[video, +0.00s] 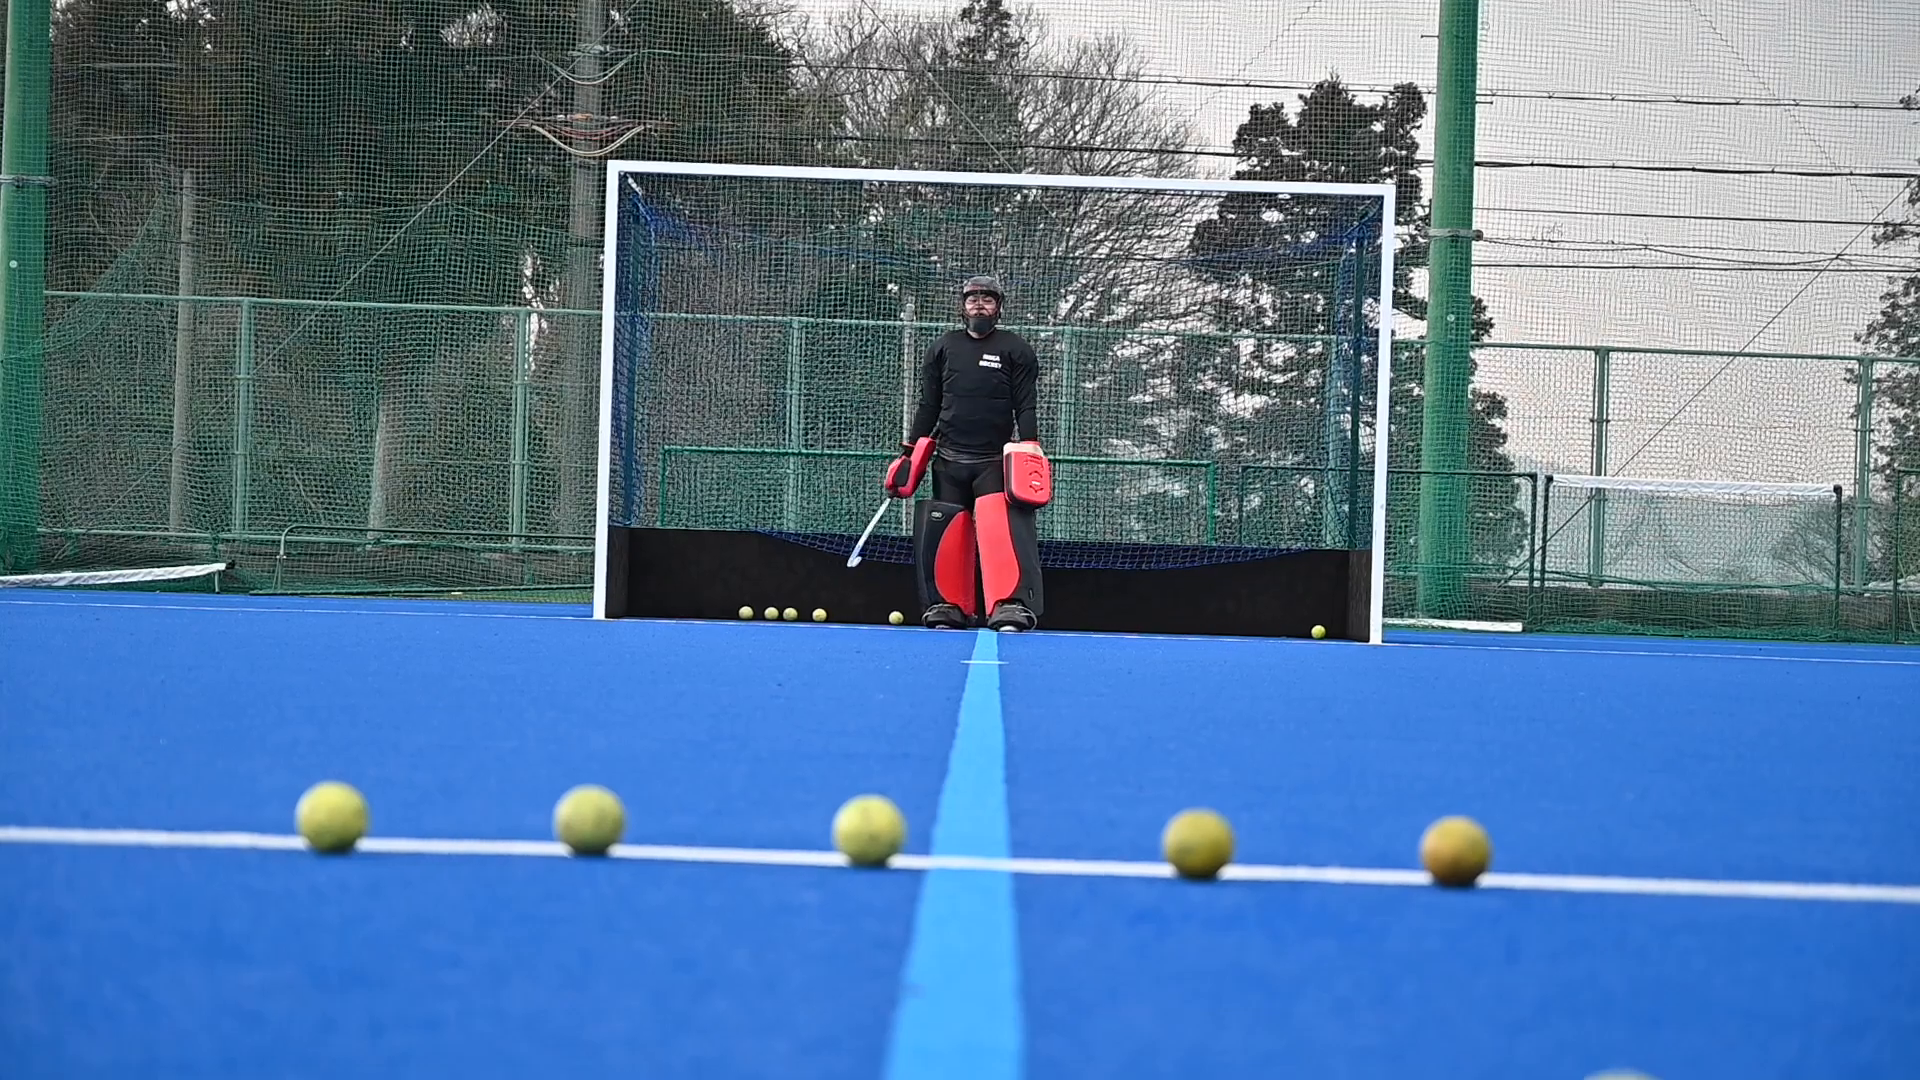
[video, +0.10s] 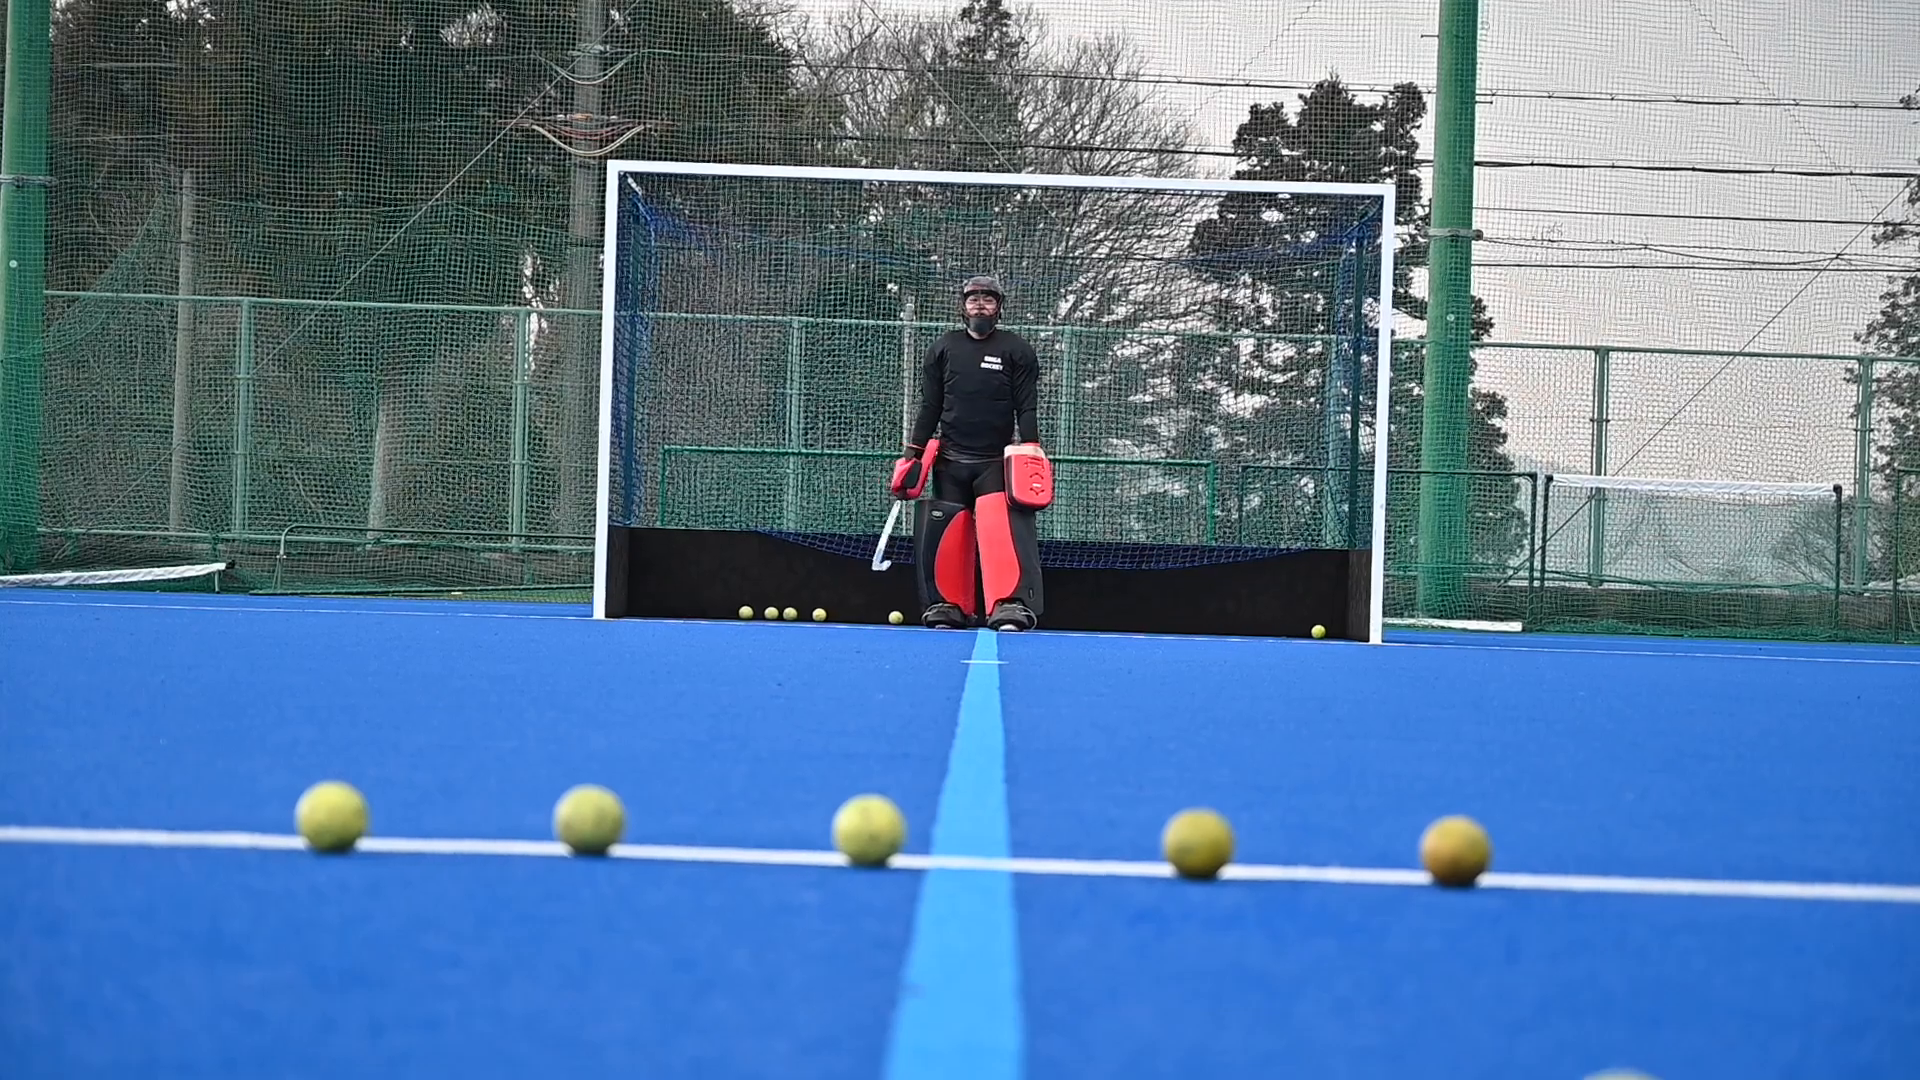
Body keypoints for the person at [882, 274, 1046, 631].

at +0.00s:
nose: (979, 304)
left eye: (986, 298)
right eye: (972, 299)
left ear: (998, 306)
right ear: (962, 305)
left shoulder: (1017, 349)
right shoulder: (943, 347)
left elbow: (1026, 408)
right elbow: (928, 405)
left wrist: (1030, 458)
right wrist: (909, 454)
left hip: (995, 462)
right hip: (949, 460)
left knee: (1001, 532)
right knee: (946, 534)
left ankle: (1009, 606)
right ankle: (950, 607)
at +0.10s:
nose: (980, 304)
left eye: (987, 298)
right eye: (973, 298)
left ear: (998, 305)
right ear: (963, 305)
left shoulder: (1017, 350)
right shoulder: (943, 348)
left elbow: (1026, 409)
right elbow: (930, 406)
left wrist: (1032, 460)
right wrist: (911, 455)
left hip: (997, 463)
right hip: (951, 461)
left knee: (1002, 531)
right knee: (943, 532)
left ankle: (1007, 606)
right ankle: (948, 606)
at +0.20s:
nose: (981, 304)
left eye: (988, 298)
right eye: (974, 298)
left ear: (999, 305)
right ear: (964, 305)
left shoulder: (1019, 350)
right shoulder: (943, 349)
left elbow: (1028, 409)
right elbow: (931, 407)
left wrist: (1032, 459)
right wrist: (916, 456)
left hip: (999, 462)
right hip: (952, 460)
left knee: (1006, 530)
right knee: (943, 531)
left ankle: (1010, 606)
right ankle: (946, 605)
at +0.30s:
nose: (982, 304)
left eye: (989, 298)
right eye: (975, 298)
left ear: (1000, 305)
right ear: (964, 305)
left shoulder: (1020, 350)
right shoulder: (944, 349)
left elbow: (1029, 409)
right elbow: (934, 407)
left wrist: (1033, 458)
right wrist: (919, 456)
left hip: (1000, 462)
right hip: (953, 460)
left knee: (1009, 530)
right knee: (941, 531)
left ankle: (1011, 605)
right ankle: (946, 605)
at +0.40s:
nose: (983, 304)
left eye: (990, 298)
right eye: (976, 298)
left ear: (1001, 305)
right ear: (965, 305)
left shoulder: (1021, 349)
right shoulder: (946, 348)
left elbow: (1031, 407)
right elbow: (934, 406)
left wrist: (1035, 455)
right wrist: (919, 453)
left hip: (1001, 460)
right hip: (954, 458)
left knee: (1006, 530)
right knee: (940, 530)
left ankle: (1010, 605)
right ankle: (946, 604)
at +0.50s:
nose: (983, 304)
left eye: (991, 298)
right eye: (976, 298)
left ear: (1002, 305)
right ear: (966, 304)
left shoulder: (1022, 349)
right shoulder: (947, 348)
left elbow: (1032, 406)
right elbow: (933, 404)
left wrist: (1035, 453)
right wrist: (921, 449)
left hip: (1003, 460)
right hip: (956, 458)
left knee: (1010, 529)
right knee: (942, 528)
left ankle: (1011, 605)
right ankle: (946, 604)